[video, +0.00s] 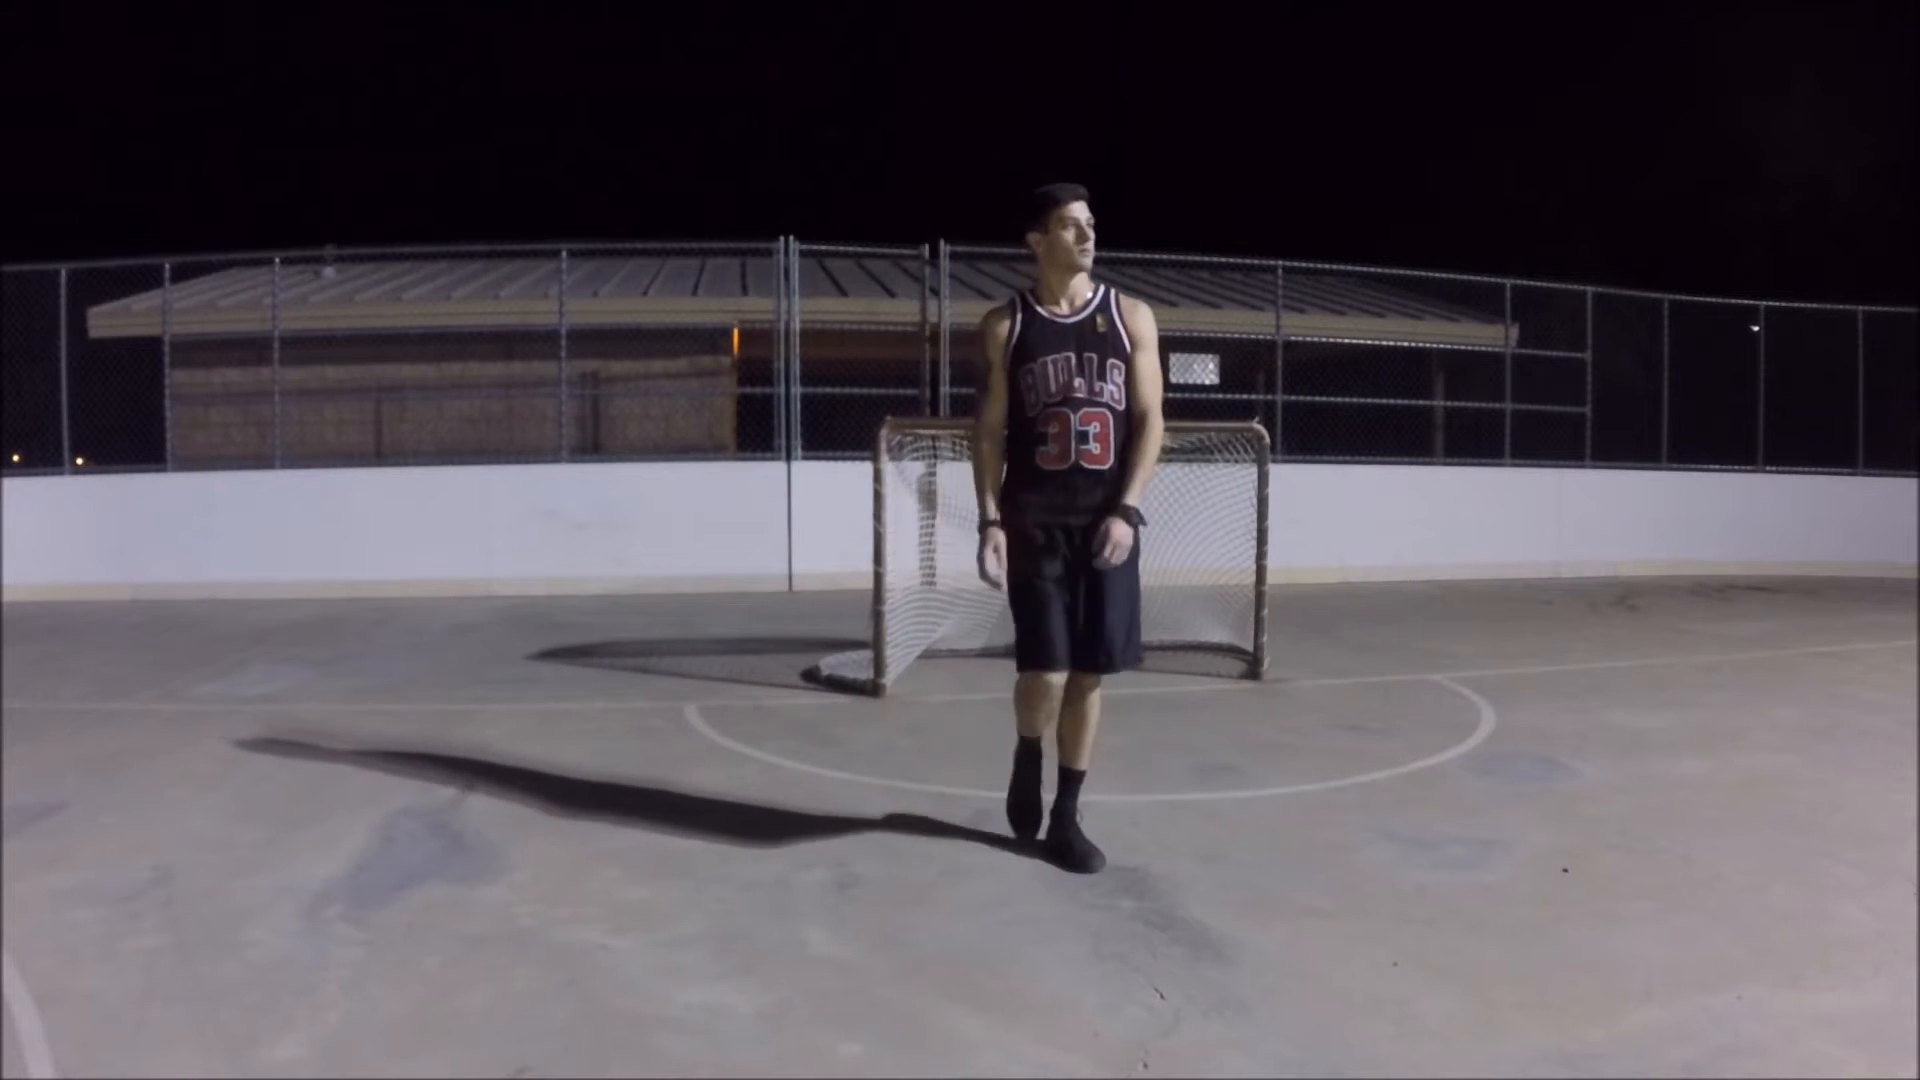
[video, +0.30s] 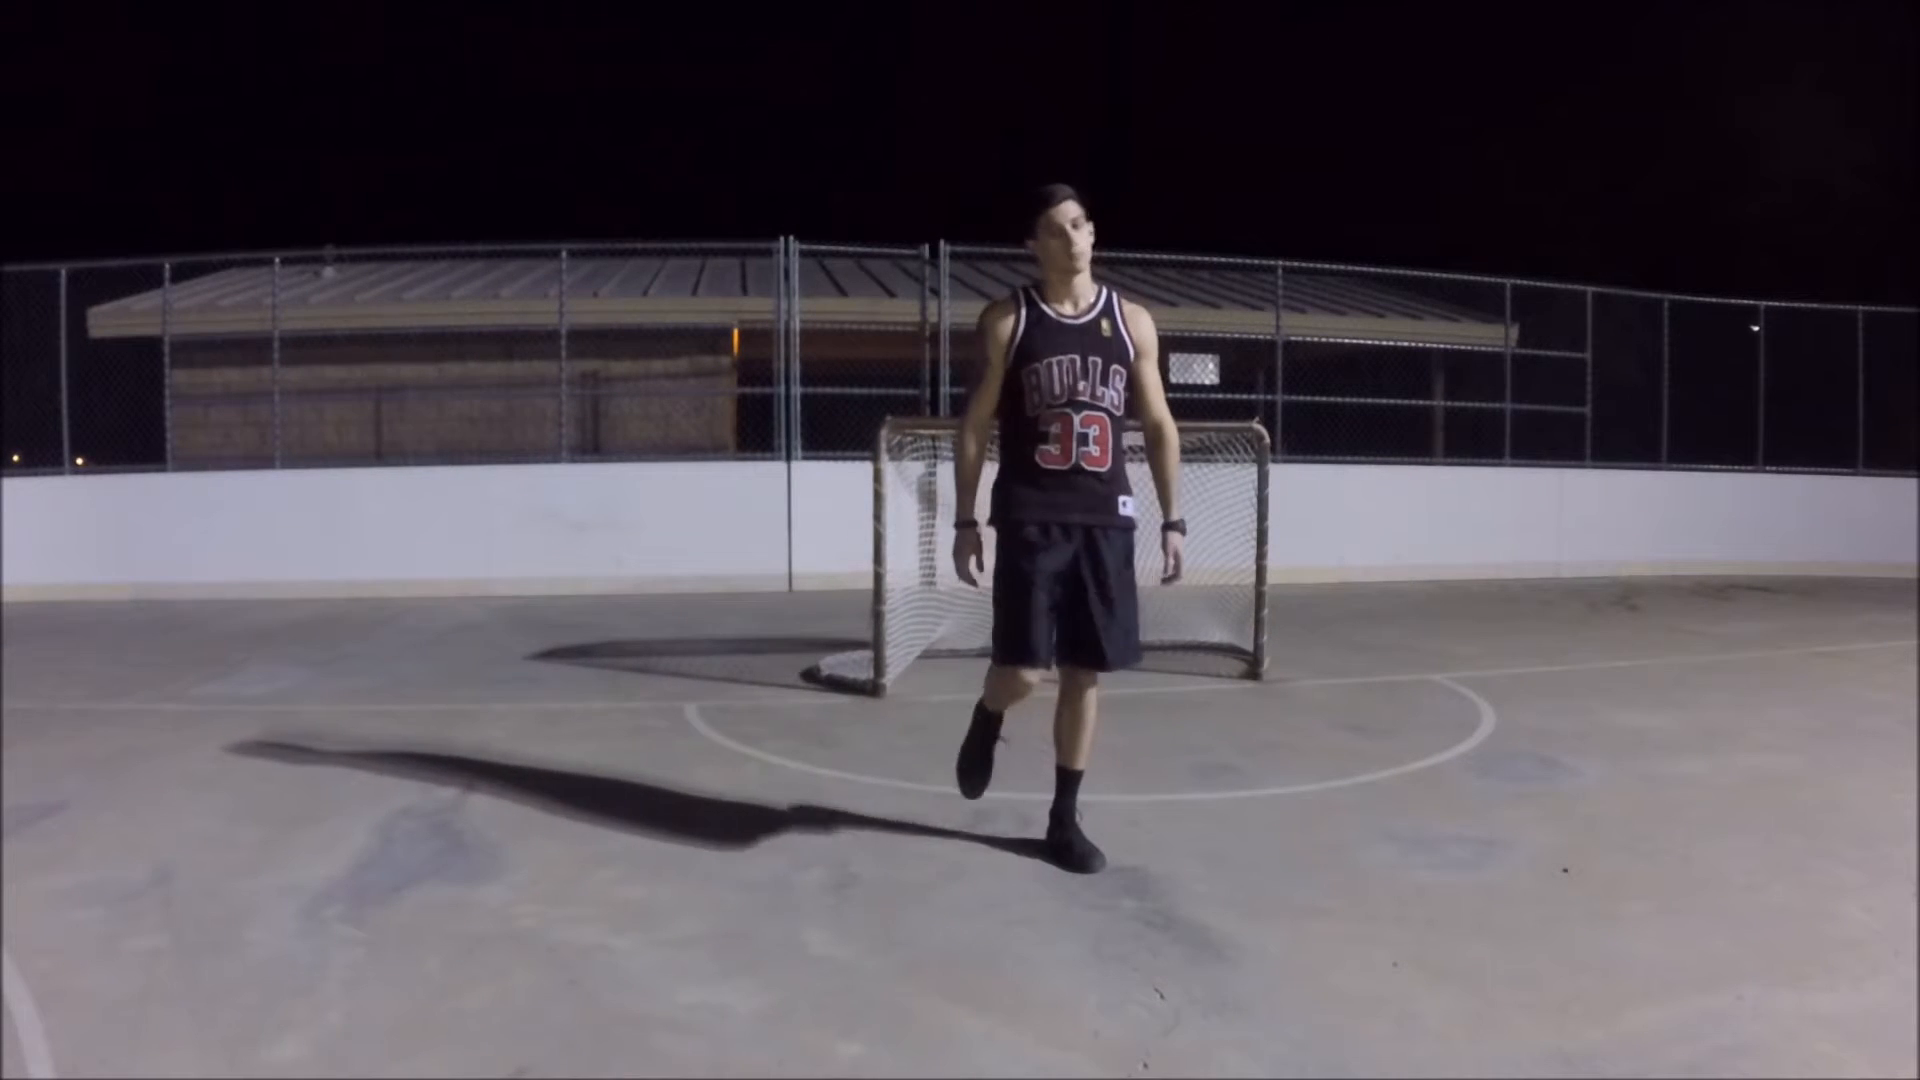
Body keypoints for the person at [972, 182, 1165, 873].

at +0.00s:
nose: (1085, 232)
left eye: (1088, 224)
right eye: (1070, 225)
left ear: (1096, 238)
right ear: (1036, 241)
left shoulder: (1132, 316)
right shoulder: (1006, 325)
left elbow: (1151, 422)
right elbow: (989, 430)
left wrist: (1127, 509)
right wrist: (991, 518)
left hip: (1107, 519)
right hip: (1034, 518)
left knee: (1088, 672)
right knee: (1044, 667)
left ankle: (1066, 817)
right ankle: (1028, 766)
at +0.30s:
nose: (1071, 238)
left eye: (1078, 226)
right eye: (1056, 230)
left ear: (1094, 235)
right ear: (1035, 245)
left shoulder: (1133, 321)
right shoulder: (1009, 321)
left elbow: (1160, 426)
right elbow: (975, 425)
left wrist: (1172, 520)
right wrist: (965, 521)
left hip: (1106, 522)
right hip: (1030, 520)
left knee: (1084, 674)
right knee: (1024, 671)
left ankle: (1065, 820)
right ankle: (987, 721)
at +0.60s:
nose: (1037, 233)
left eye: (1046, 221)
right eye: (1024, 227)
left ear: (1070, 232)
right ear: (1011, 247)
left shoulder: (1113, 320)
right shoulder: (988, 319)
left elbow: (1140, 425)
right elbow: (962, 421)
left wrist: (1150, 523)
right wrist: (963, 510)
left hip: (1083, 526)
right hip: (1006, 525)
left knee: (1073, 674)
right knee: (981, 674)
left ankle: (1063, 820)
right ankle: (949, 801)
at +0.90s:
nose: (977, 235)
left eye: (989, 222)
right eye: (968, 226)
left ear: (1016, 233)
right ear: (958, 241)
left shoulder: (1060, 315)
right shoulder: (945, 317)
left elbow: (1085, 423)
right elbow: (923, 416)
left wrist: (1067, 519)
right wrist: (923, 502)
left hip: (1032, 525)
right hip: (956, 523)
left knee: (1047, 672)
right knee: (950, 667)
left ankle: (1060, 818)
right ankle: (949, 809)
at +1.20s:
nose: (934, 243)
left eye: (946, 233)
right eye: (926, 235)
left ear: (974, 244)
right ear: (918, 250)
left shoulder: (1013, 309)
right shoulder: (923, 331)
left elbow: (1029, 416)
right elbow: (910, 429)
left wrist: (982, 507)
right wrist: (877, 517)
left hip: (1007, 508)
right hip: (939, 505)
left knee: (1010, 660)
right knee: (941, 666)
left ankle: (1032, 795)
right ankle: (949, 810)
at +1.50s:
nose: (940, 240)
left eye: (952, 229)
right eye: (930, 232)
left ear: (978, 241)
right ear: (919, 248)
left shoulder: (1018, 310)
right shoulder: (919, 325)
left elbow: (1024, 419)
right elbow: (914, 426)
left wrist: (971, 506)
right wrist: (893, 514)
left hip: (1007, 509)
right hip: (938, 508)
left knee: (1029, 664)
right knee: (944, 666)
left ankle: (1043, 746)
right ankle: (949, 806)